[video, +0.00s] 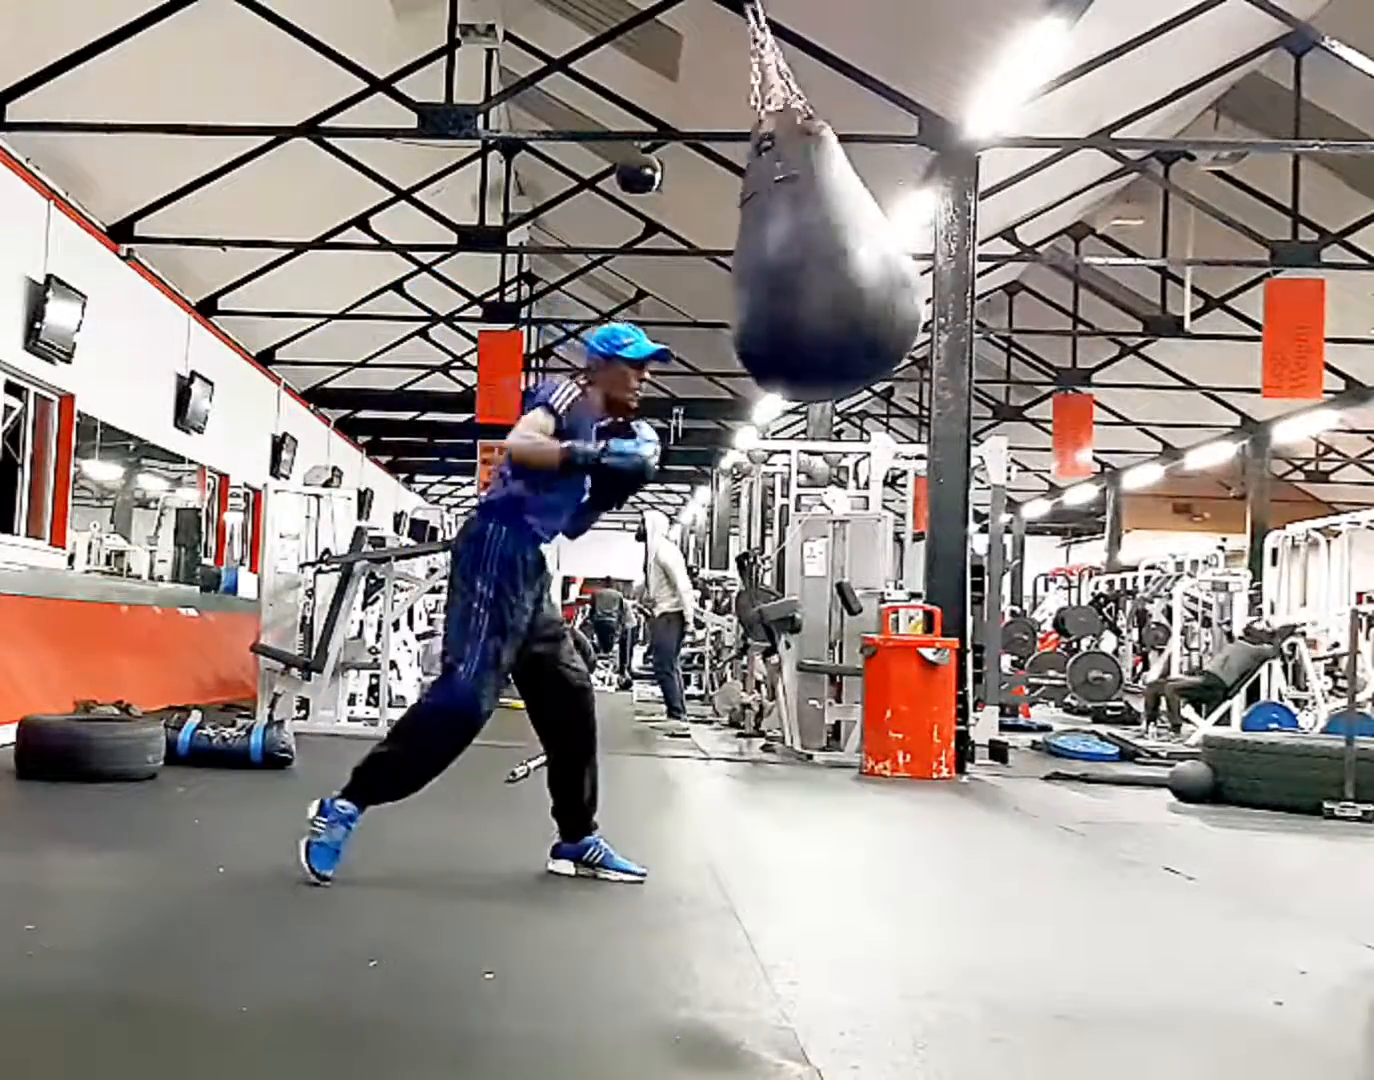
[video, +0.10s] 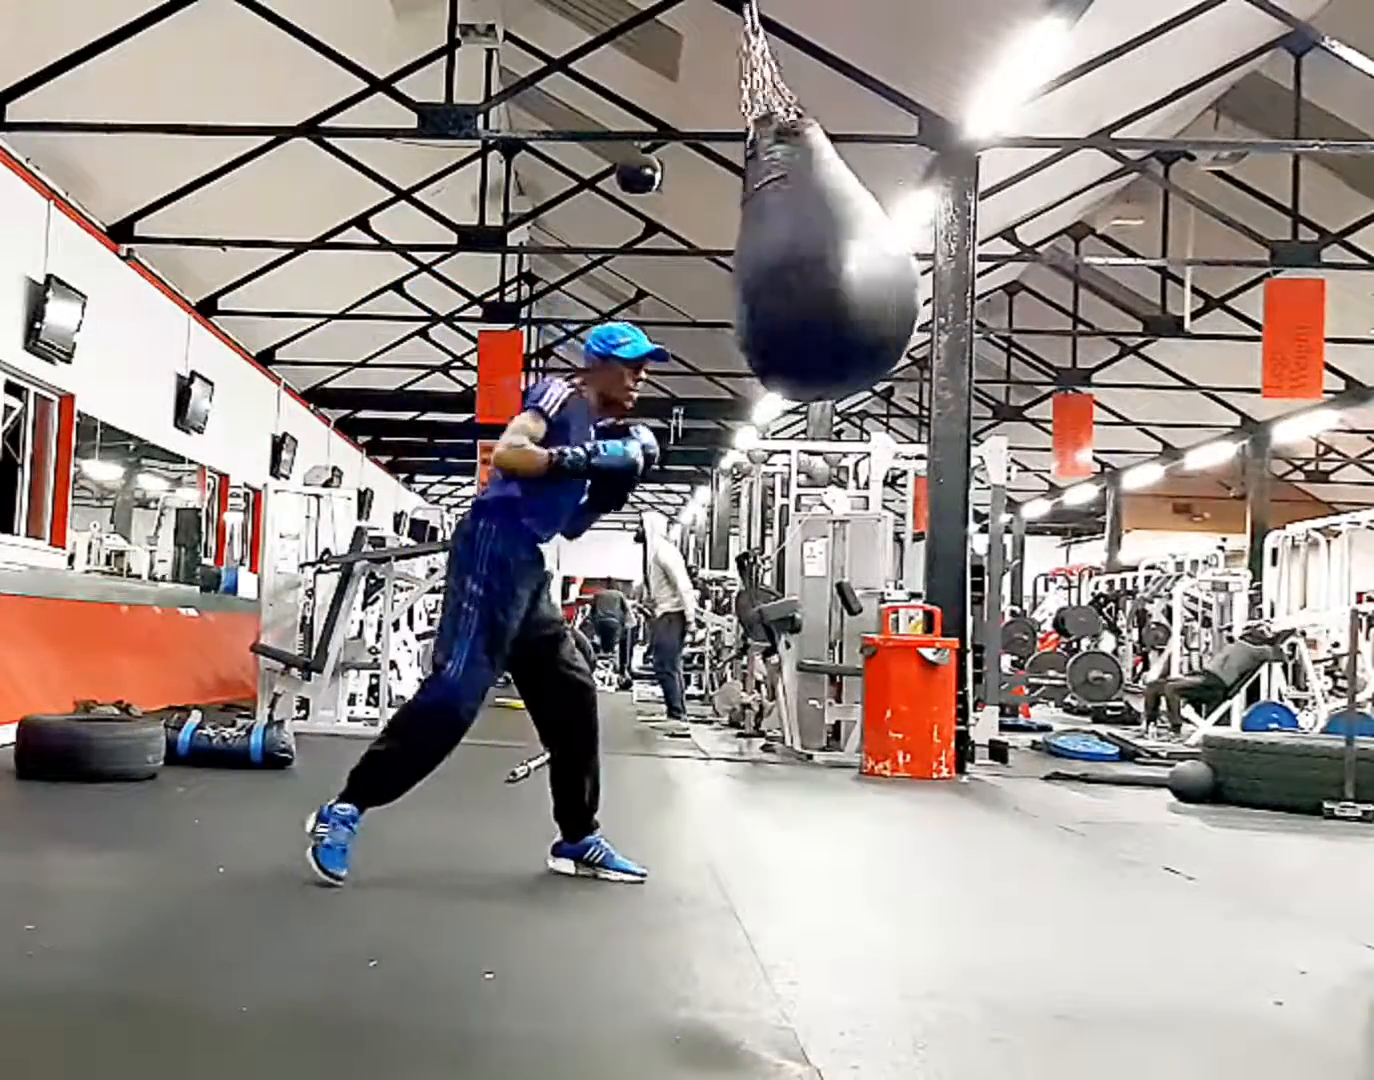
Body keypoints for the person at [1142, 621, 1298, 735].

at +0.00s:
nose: (1252, 629)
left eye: (1257, 629)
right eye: (1254, 627)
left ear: (1262, 636)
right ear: (1249, 631)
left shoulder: (1259, 650)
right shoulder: (1237, 643)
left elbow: (1277, 651)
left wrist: (1277, 637)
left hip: (1217, 682)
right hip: (1204, 675)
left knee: (1171, 688)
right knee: (1152, 687)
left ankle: (1175, 731)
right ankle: (1147, 729)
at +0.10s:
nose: (1254, 634)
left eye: (1257, 633)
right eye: (1256, 632)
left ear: (1260, 640)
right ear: (1250, 634)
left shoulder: (1259, 651)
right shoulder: (1238, 644)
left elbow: (1283, 655)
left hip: (1217, 682)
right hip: (1203, 674)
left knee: (1171, 688)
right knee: (1153, 687)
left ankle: (1175, 731)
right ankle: (1148, 728)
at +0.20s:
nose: (1255, 635)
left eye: (1258, 634)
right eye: (1256, 633)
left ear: (1260, 640)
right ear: (1250, 634)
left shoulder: (1257, 651)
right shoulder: (1237, 644)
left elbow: (1281, 654)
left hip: (1217, 682)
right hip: (1203, 674)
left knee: (1171, 688)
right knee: (1152, 687)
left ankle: (1175, 731)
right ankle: (1148, 727)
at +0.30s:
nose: (1251, 629)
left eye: (1256, 628)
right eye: (1252, 626)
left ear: (1261, 636)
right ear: (1247, 631)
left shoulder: (1259, 650)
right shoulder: (1237, 643)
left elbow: (1278, 653)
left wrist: (1274, 637)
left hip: (1217, 682)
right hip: (1204, 674)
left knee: (1171, 687)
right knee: (1152, 688)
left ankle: (1175, 731)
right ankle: (1148, 728)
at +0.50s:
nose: (1248, 633)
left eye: (1252, 632)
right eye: (1248, 631)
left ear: (1258, 635)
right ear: (1246, 633)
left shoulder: (1258, 650)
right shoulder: (1236, 643)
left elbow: (1273, 644)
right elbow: (1229, 632)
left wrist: (1270, 624)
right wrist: (1224, 617)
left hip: (1217, 682)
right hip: (1203, 676)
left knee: (1171, 688)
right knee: (1152, 687)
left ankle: (1175, 730)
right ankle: (1148, 727)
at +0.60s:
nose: (1249, 629)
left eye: (1254, 628)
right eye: (1249, 627)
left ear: (1259, 635)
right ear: (1246, 631)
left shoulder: (1256, 651)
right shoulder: (1235, 642)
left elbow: (1275, 632)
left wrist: (1269, 615)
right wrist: (1226, 611)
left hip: (1218, 683)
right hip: (1204, 677)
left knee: (1172, 688)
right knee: (1153, 687)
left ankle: (1175, 730)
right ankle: (1149, 726)